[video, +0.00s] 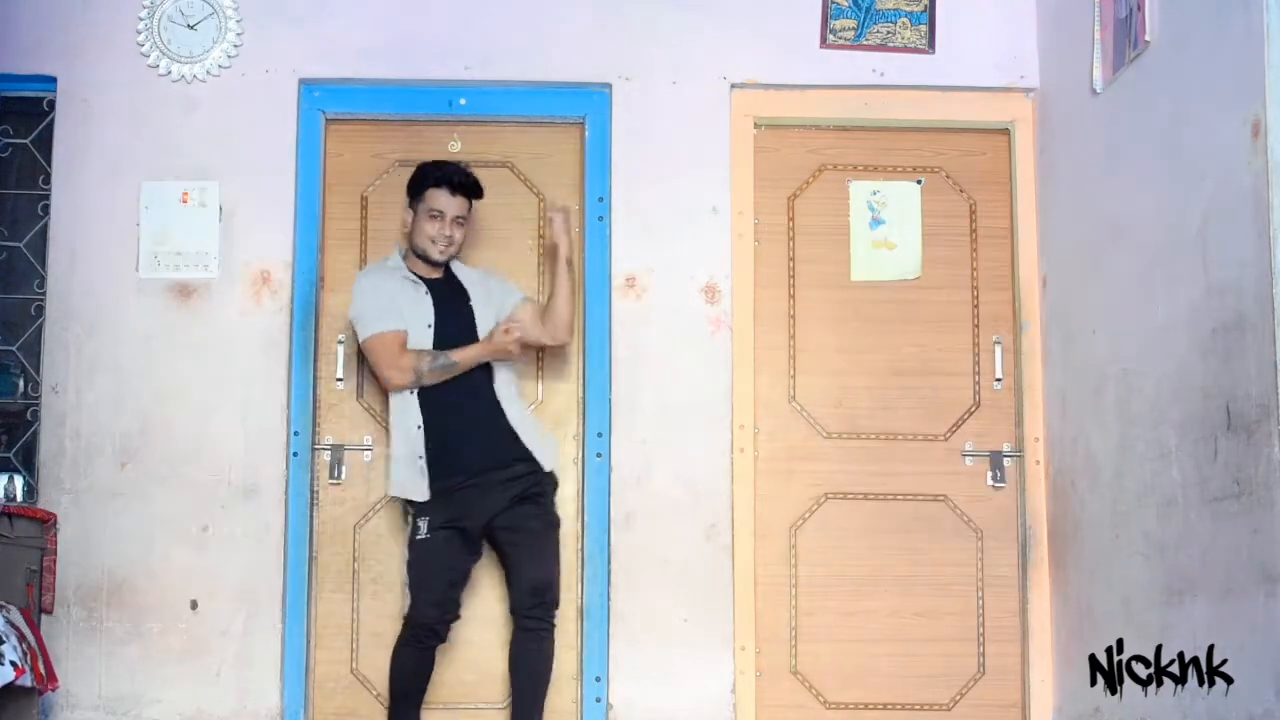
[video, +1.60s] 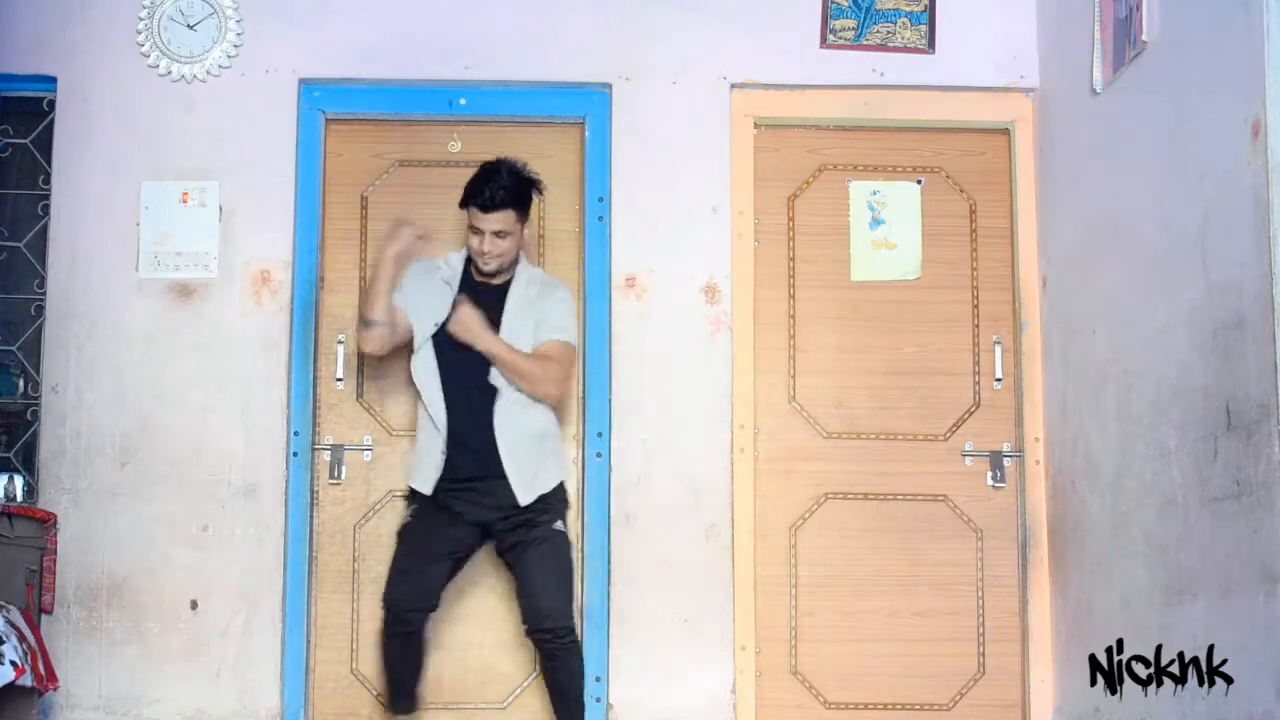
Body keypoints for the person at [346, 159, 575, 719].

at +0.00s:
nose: (446, 231)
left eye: (459, 221)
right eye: (435, 216)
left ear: (469, 226)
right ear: (409, 215)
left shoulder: (485, 285)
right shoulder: (378, 284)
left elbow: (554, 333)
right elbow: (394, 371)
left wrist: (563, 252)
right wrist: (488, 349)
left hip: (522, 477)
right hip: (443, 489)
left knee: (538, 612)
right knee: (427, 622)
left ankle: (527, 717)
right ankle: (402, 716)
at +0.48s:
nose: (485, 228)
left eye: (501, 220)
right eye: (477, 213)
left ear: (513, 226)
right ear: (457, 210)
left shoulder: (527, 272)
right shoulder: (426, 295)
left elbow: (598, 310)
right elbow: (449, 385)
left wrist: (629, 243)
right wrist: (538, 354)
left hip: (548, 484)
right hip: (468, 495)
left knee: (593, 601)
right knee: (437, 625)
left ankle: (600, 715)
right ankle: (412, 716)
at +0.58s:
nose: (497, 225)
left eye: (511, 215)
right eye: (487, 209)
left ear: (525, 219)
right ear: (467, 206)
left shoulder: (542, 269)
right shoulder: (441, 279)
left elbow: (632, 282)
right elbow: (462, 371)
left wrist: (710, 261)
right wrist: (536, 394)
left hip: (579, 469)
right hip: (501, 479)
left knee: (601, 609)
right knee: (473, 611)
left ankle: (606, 717)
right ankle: (460, 707)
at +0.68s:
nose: (515, 223)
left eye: (528, 212)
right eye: (503, 209)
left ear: (543, 220)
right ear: (484, 213)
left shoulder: (568, 282)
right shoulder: (451, 285)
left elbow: (651, 310)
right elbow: (443, 375)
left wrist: (669, 324)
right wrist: (505, 353)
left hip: (603, 473)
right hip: (527, 486)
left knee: (612, 611)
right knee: (526, 602)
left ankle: (608, 717)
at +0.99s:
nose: (549, 233)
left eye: (558, 218)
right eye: (534, 223)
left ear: (572, 219)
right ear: (514, 228)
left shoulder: (600, 297)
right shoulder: (486, 287)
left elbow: (630, 382)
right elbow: (444, 348)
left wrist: (569, 340)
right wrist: (459, 262)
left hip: (609, 488)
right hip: (530, 494)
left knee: (615, 620)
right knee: (495, 600)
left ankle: (613, 718)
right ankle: (520, 703)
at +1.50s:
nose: (502, 255)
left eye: (516, 242)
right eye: (491, 241)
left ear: (539, 237)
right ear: (478, 234)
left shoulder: (564, 308)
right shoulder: (448, 293)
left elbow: (584, 400)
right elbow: (406, 358)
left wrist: (524, 340)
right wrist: (421, 271)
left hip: (556, 499)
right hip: (475, 499)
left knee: (566, 631)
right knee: (437, 600)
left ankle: (578, 719)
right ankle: (485, 708)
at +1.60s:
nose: (487, 246)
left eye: (500, 234)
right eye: (477, 232)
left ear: (524, 229)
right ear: (463, 223)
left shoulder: (550, 296)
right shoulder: (427, 280)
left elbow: (552, 384)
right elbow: (373, 340)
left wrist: (483, 339)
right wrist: (387, 262)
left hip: (530, 497)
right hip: (445, 495)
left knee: (551, 628)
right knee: (402, 612)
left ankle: (572, 716)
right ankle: (402, 713)